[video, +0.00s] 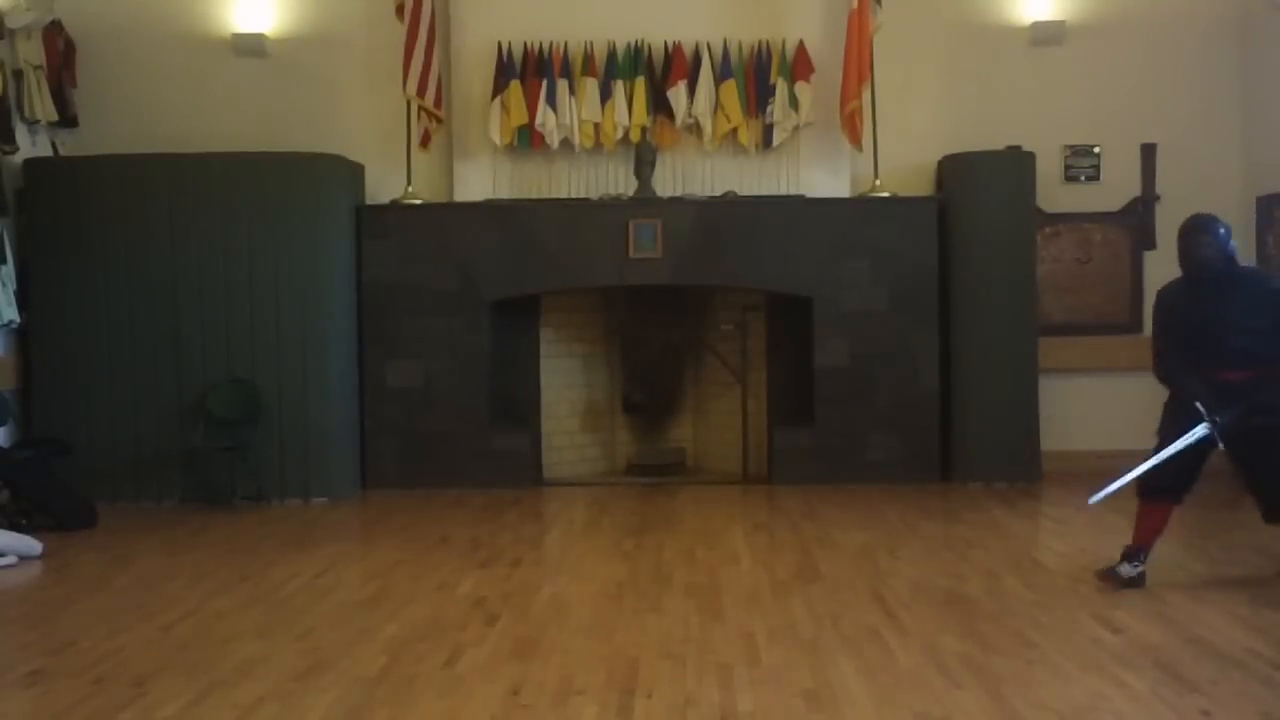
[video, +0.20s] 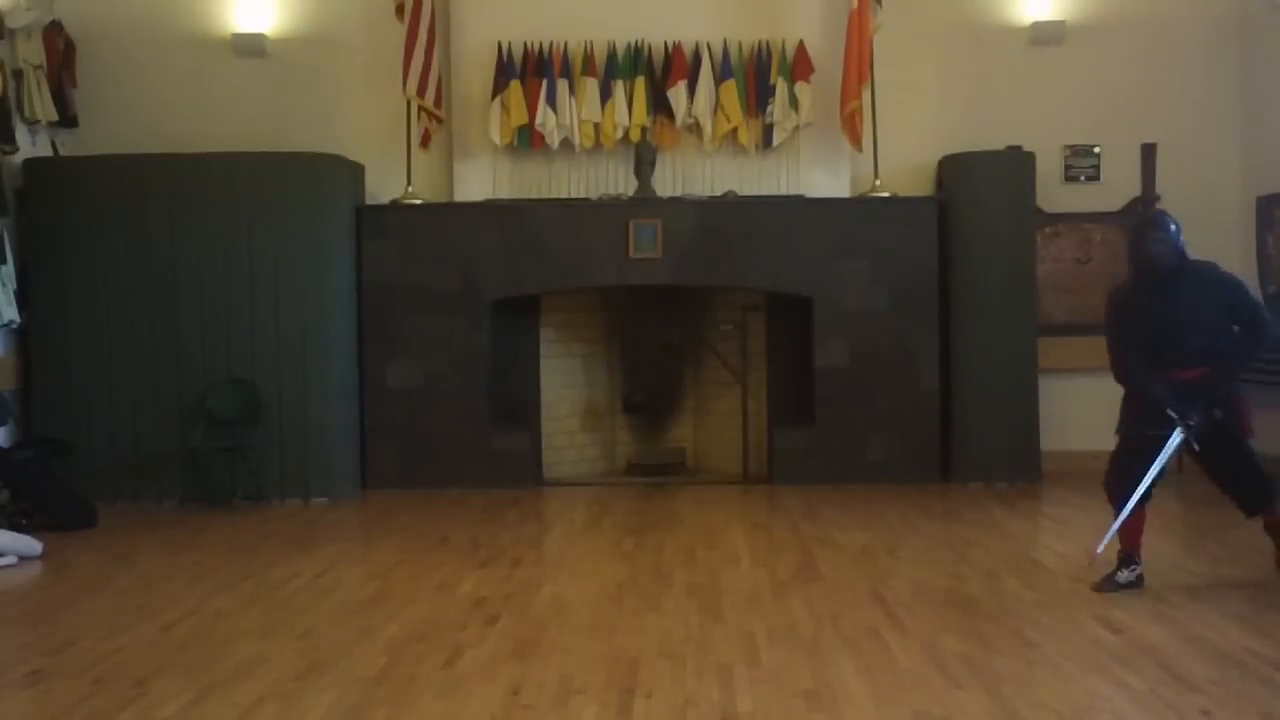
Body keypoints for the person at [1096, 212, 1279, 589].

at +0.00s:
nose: (1198, 255)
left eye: (1207, 246)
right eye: (1190, 247)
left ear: (1227, 247)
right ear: (1180, 252)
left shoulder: (1259, 290)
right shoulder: (1171, 298)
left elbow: (1273, 356)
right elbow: (1165, 363)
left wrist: (1246, 401)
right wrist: (1198, 396)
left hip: (1256, 398)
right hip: (1195, 396)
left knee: (1273, 486)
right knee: (1164, 473)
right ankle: (1134, 560)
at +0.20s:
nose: (1153, 254)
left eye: (1160, 244)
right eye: (1145, 245)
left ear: (1177, 244)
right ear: (1135, 250)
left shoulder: (1209, 282)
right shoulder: (1125, 299)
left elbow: (1258, 326)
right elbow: (1124, 366)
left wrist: (1220, 379)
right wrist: (1164, 400)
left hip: (1208, 396)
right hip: (1150, 398)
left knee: (1248, 483)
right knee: (1125, 479)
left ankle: (1277, 534)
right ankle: (1129, 565)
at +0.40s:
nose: (1124, 249)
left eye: (1131, 239)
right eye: (1115, 241)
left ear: (1147, 239)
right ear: (1103, 246)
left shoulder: (1179, 274)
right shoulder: (1093, 294)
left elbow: (1237, 306)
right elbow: (1096, 361)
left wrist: (1203, 367)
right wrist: (1147, 390)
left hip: (1180, 391)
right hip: (1121, 394)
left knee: (1204, 478)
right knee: (1108, 486)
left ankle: (1215, 547)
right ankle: (1128, 566)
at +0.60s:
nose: (1108, 254)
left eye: (1114, 243)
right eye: (1099, 246)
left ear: (1133, 239)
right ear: (1087, 249)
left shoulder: (1166, 276)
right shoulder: (1075, 294)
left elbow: (1217, 304)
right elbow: (1078, 364)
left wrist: (1190, 364)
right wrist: (1133, 391)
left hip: (1159, 406)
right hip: (1101, 409)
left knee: (1154, 492)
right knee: (1099, 496)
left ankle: (1138, 572)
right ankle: (1130, 565)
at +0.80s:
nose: (1102, 250)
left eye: (1110, 240)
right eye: (1093, 242)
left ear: (1130, 241)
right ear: (1081, 246)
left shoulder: (1160, 280)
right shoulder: (1068, 292)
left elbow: (1205, 317)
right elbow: (1061, 364)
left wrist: (1177, 375)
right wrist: (1118, 399)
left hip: (1136, 411)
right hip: (1082, 411)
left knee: (1129, 496)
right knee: (1082, 504)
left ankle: (1120, 583)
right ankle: (1113, 562)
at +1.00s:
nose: (1092, 244)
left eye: (1102, 235)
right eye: (1084, 235)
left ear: (1124, 235)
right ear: (1073, 236)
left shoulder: (1155, 275)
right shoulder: (1059, 284)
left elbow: (1201, 314)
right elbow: (1049, 357)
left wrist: (1172, 372)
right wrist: (1105, 398)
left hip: (1129, 404)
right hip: (1068, 401)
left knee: (1123, 500)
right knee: (1042, 493)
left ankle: (1119, 587)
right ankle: (1076, 549)